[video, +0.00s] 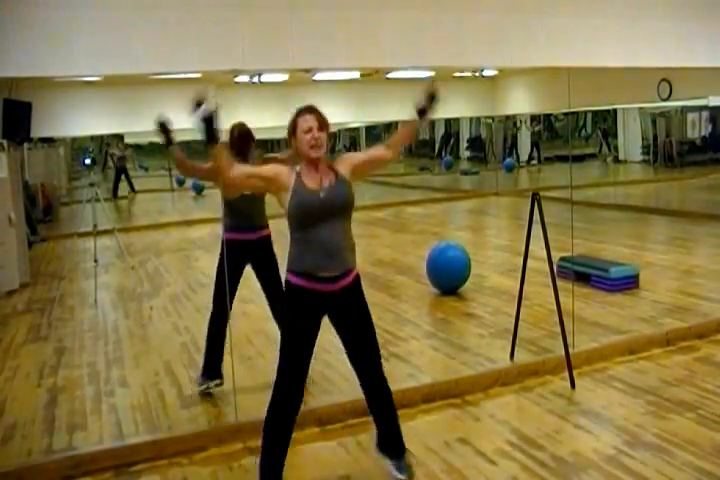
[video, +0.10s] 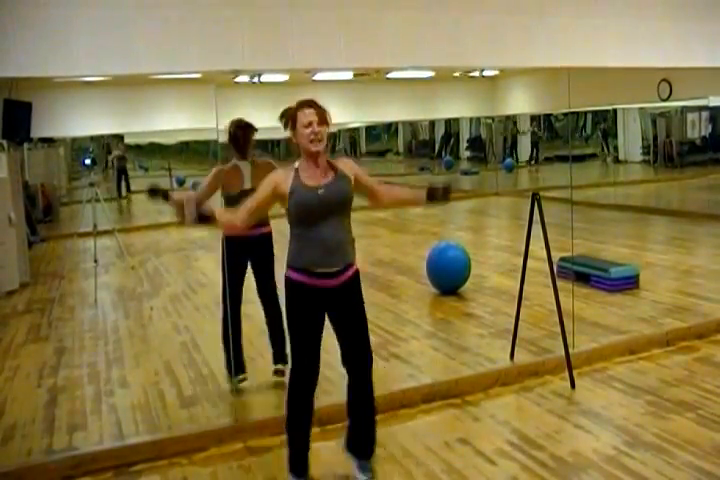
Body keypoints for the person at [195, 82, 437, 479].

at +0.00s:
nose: (315, 136)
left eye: (320, 129)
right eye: (307, 131)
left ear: (328, 136)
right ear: (294, 139)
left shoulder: (344, 168)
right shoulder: (282, 175)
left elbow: (391, 149)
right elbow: (229, 174)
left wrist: (420, 113)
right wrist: (214, 132)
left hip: (347, 287)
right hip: (303, 291)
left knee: (372, 374)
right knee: (289, 386)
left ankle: (395, 451)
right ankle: (269, 473)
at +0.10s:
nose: (314, 130)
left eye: (318, 123)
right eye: (305, 126)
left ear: (327, 128)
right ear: (293, 135)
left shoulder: (344, 168)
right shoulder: (281, 178)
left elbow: (380, 195)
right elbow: (237, 221)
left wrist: (428, 194)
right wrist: (206, 209)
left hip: (345, 280)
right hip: (303, 284)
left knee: (361, 364)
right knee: (304, 374)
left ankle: (361, 451)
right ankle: (298, 468)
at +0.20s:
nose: (317, 147)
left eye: (320, 140)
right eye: (308, 142)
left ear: (328, 146)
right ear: (295, 151)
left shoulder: (343, 190)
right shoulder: (284, 198)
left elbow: (361, 244)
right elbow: (272, 255)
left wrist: (391, 276)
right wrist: (252, 293)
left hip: (345, 300)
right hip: (305, 303)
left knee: (353, 384)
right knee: (317, 386)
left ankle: (340, 458)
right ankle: (316, 466)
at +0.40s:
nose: (314, 131)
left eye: (318, 124)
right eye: (306, 126)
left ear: (326, 128)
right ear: (293, 134)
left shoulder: (342, 171)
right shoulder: (283, 181)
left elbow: (371, 216)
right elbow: (264, 234)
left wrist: (413, 215)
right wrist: (247, 249)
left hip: (345, 280)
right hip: (303, 284)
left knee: (352, 369)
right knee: (305, 371)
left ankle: (348, 450)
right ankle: (309, 461)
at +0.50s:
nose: (313, 125)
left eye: (317, 119)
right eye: (305, 121)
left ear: (325, 123)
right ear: (292, 130)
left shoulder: (343, 162)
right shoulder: (280, 173)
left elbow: (389, 174)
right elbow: (239, 208)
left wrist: (418, 143)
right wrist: (213, 186)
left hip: (344, 276)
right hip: (302, 280)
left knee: (360, 362)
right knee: (296, 373)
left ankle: (368, 442)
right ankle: (288, 464)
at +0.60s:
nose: (314, 145)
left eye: (319, 139)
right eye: (305, 140)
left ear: (327, 145)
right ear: (293, 149)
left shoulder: (343, 178)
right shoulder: (282, 187)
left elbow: (387, 147)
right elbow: (228, 180)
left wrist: (387, 94)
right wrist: (233, 125)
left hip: (345, 297)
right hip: (301, 301)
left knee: (374, 374)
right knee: (283, 390)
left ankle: (393, 445)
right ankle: (264, 474)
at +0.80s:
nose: (313, 153)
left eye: (318, 146)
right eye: (305, 149)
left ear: (326, 152)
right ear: (293, 158)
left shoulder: (342, 185)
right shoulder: (286, 197)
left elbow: (384, 154)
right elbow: (233, 183)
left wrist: (386, 106)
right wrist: (240, 132)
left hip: (349, 305)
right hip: (304, 309)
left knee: (379, 379)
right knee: (286, 394)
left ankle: (399, 447)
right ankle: (263, 473)